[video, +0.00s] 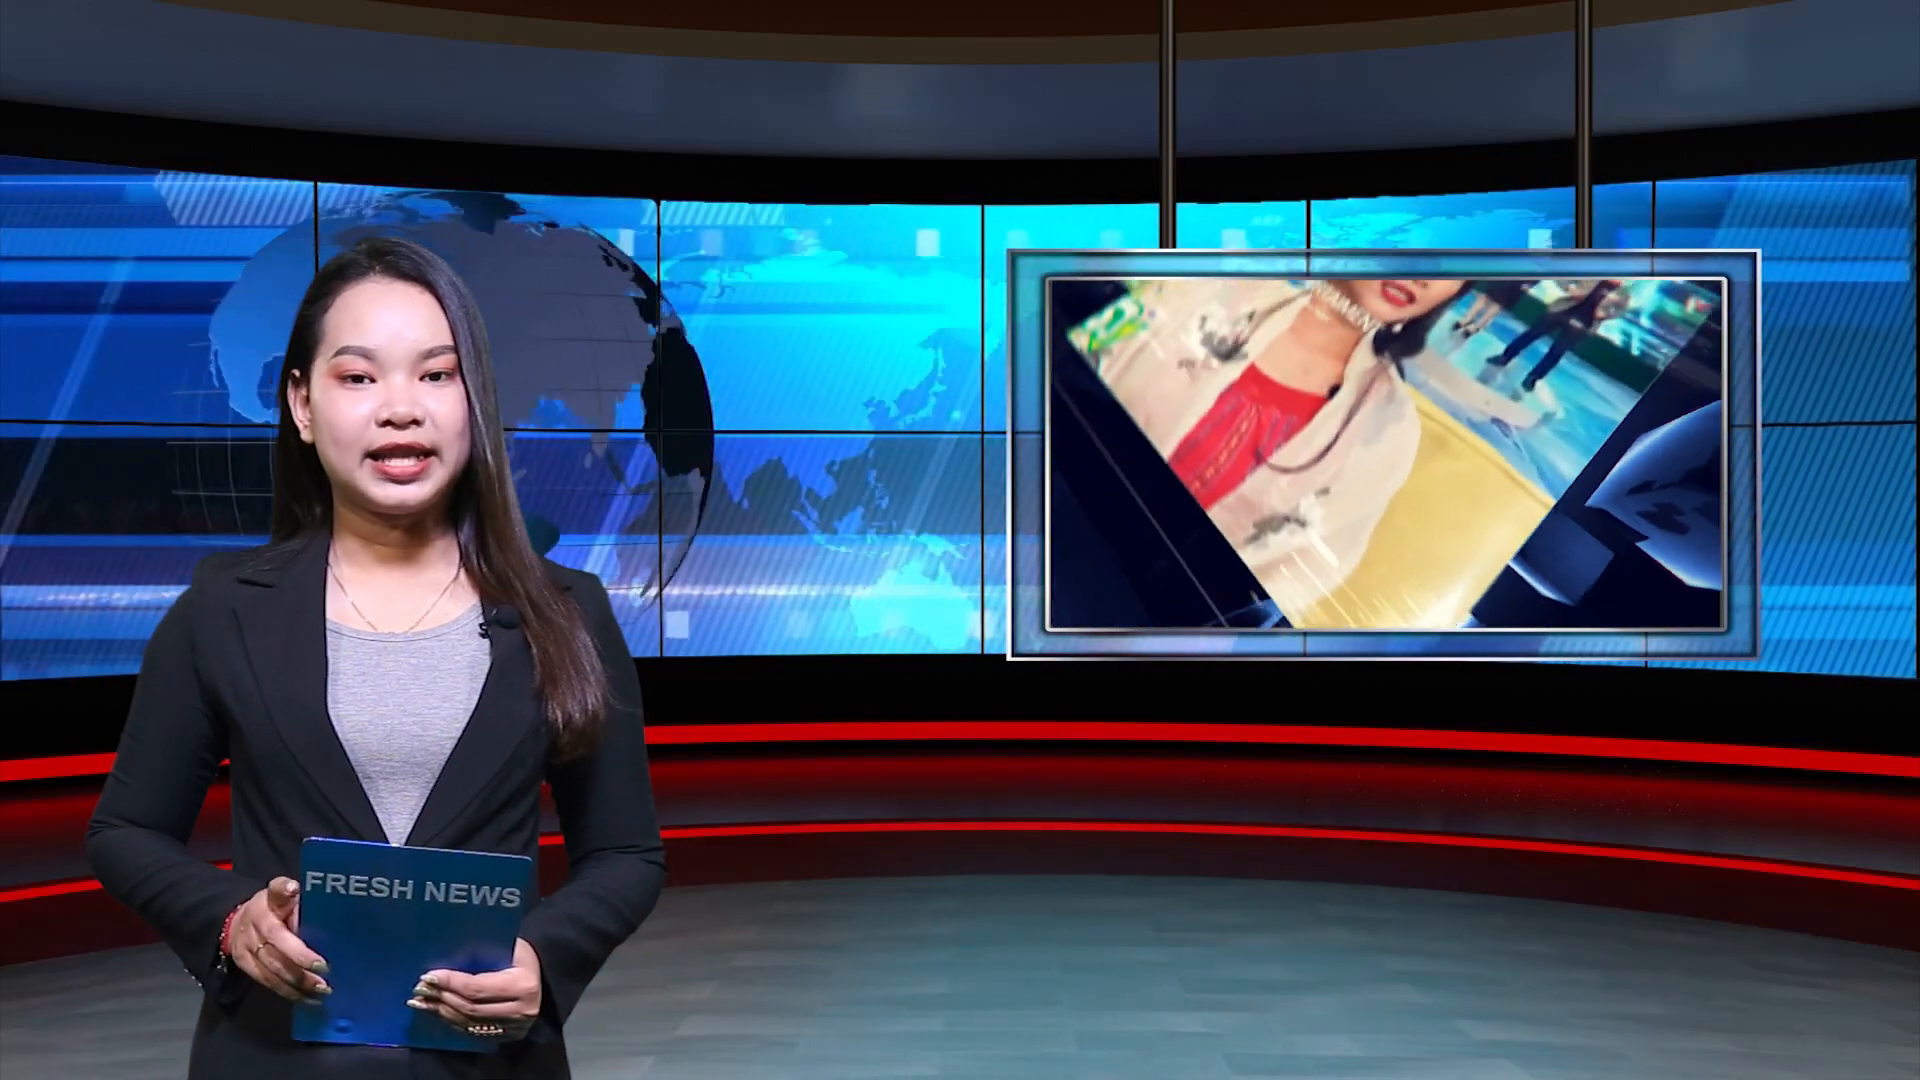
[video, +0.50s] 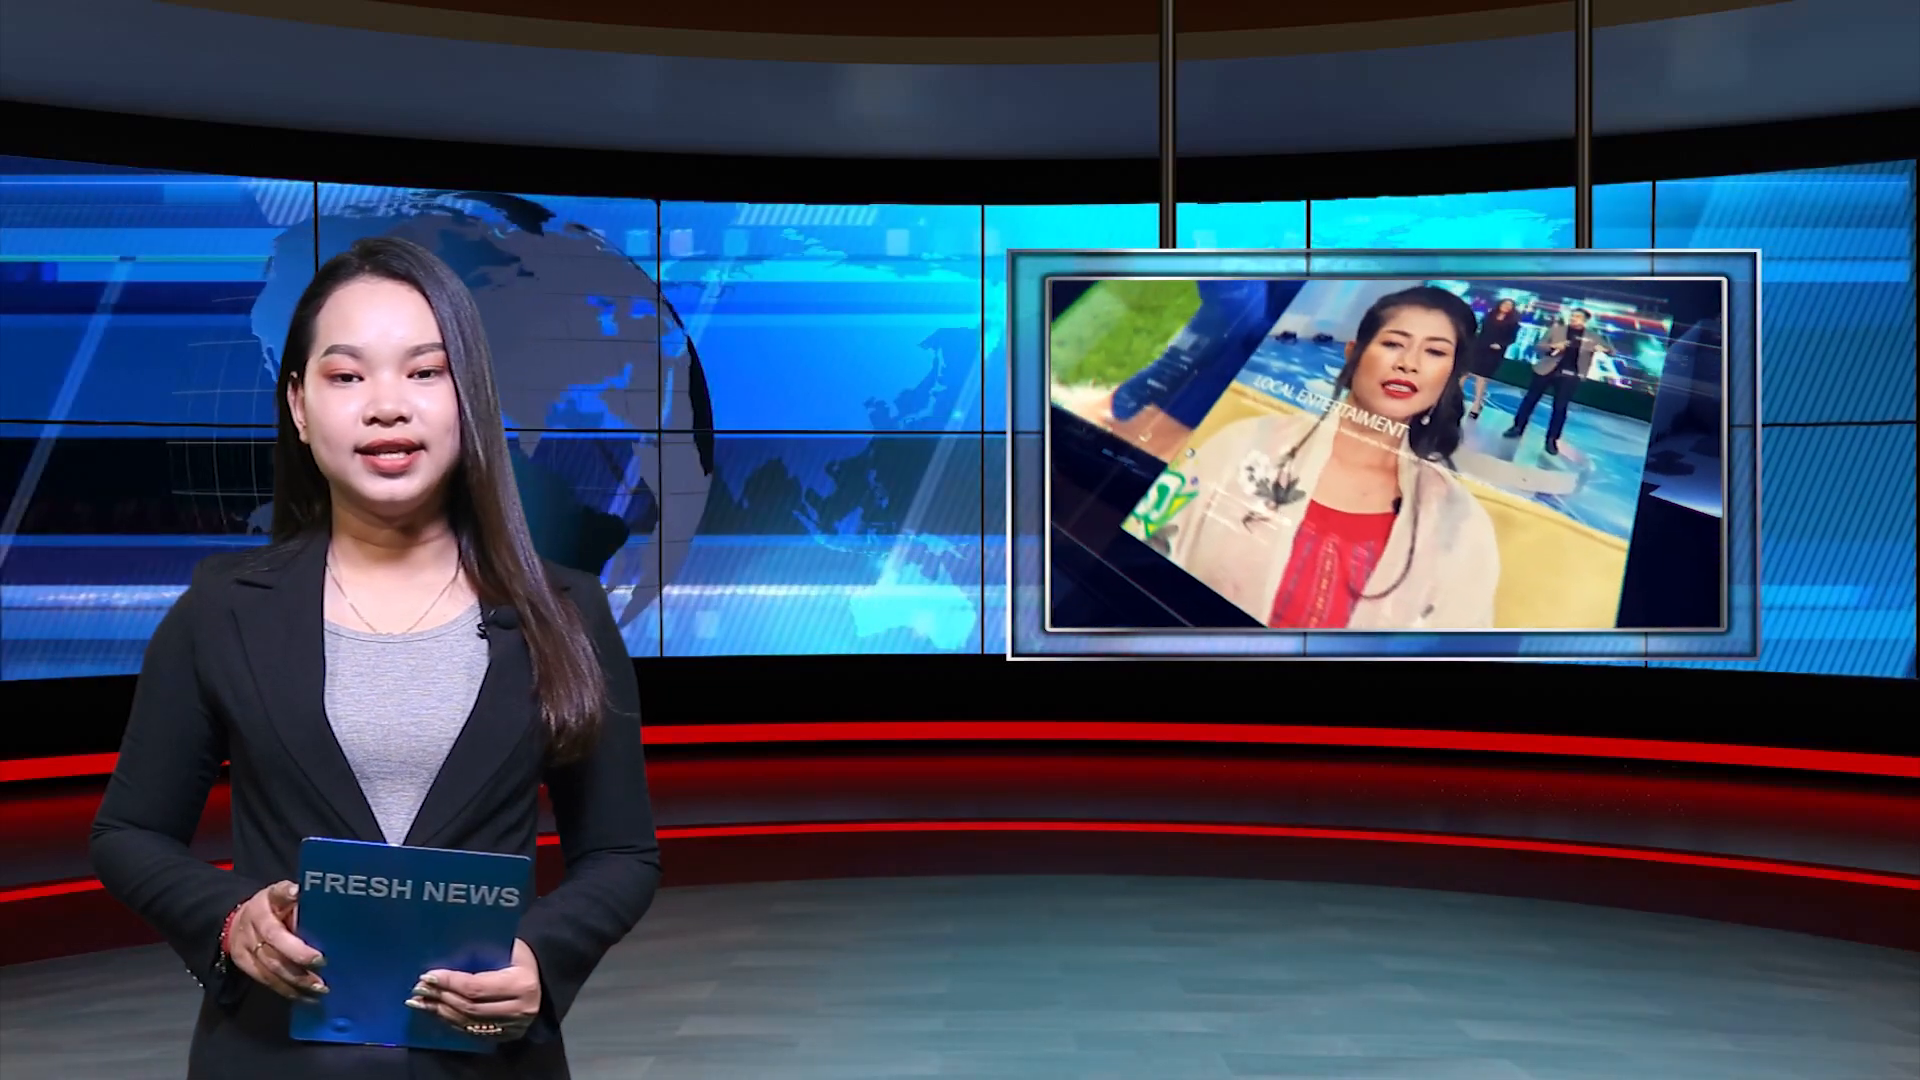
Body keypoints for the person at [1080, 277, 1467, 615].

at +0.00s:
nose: (1425, 269)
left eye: (1454, 264)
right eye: (1419, 226)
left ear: (1459, 293)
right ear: (1368, 206)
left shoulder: (1389, 426)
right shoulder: (1214, 275)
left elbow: (1314, 567)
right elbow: (1071, 366)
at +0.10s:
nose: (1410, 304)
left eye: (1440, 298)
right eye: (1401, 273)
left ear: (1446, 321)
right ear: (1352, 261)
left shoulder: (1398, 464)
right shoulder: (1205, 344)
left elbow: (1336, 617)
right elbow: (1076, 445)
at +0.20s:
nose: (1406, 322)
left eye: (1434, 314)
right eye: (1395, 295)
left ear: (1440, 339)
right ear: (1348, 290)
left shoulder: (1407, 480)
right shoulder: (1213, 371)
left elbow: (1363, 629)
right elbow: (1089, 474)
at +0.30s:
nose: (1404, 339)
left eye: (1429, 331)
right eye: (1389, 317)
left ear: (1439, 361)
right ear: (1345, 321)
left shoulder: (1426, 504)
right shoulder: (1217, 406)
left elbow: (1393, 652)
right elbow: (1107, 526)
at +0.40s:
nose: (1404, 348)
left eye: (1430, 339)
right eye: (1390, 327)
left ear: (1442, 370)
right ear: (1348, 338)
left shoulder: (1439, 517)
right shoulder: (1229, 423)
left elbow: (1414, 666)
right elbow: (1115, 533)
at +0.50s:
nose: (1409, 364)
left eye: (1434, 352)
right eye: (1393, 342)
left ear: (1450, 380)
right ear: (1353, 353)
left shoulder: (1462, 528)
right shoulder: (1243, 448)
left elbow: (1458, 670)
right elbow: (1132, 571)